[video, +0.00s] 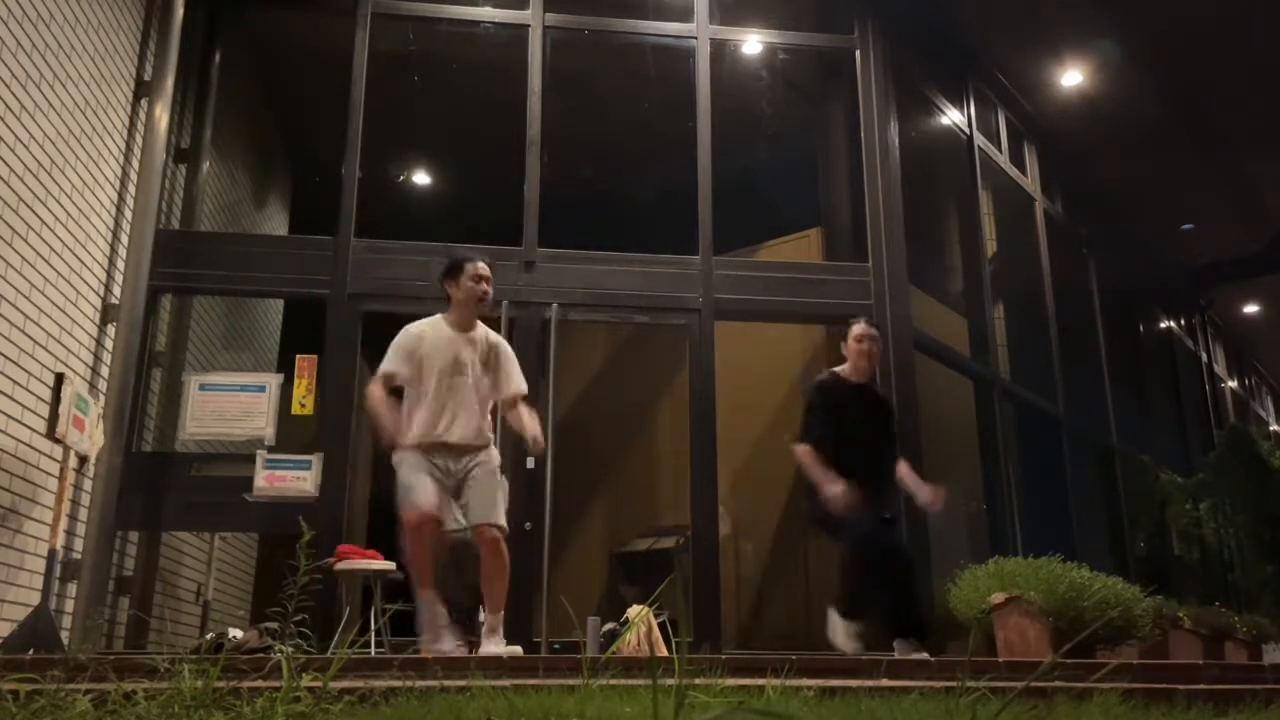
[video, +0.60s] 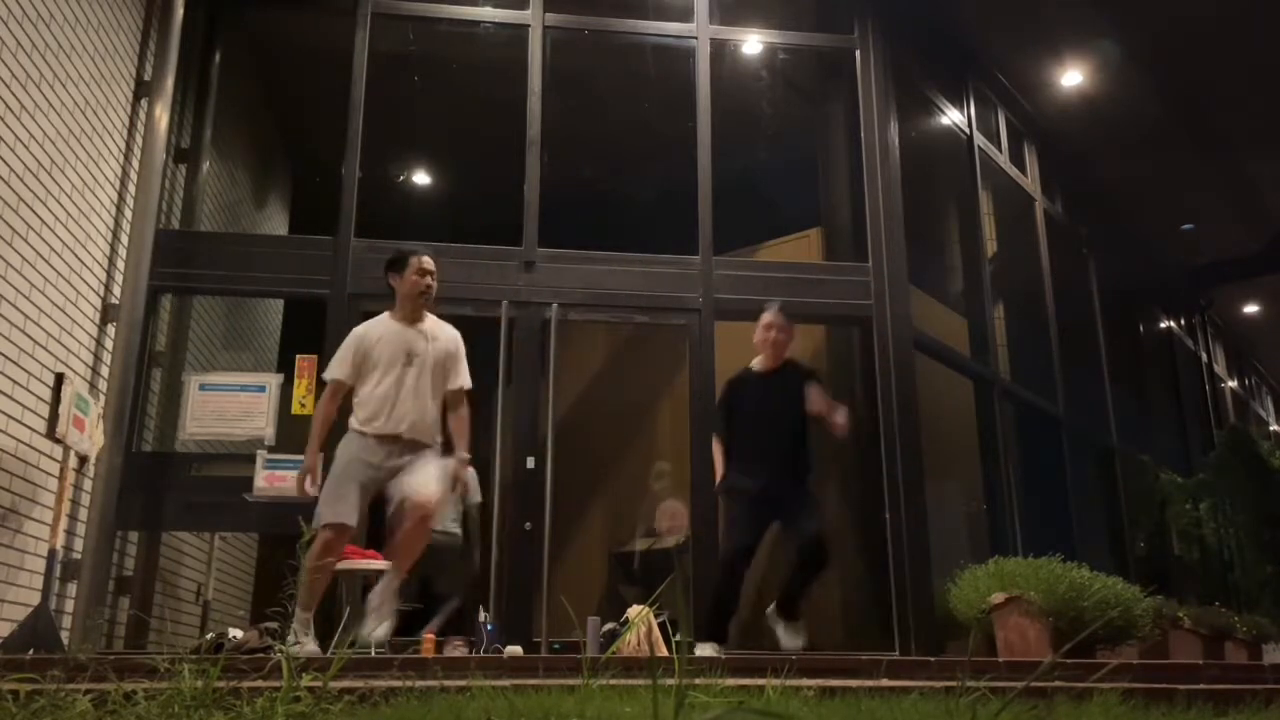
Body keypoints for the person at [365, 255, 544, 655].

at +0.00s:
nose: (486, 288)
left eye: (489, 281)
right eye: (477, 280)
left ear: (491, 291)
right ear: (451, 286)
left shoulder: (496, 345)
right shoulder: (417, 335)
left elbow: (514, 403)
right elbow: (376, 391)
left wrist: (532, 430)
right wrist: (392, 429)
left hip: (478, 455)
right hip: (420, 452)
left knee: (491, 535)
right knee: (419, 517)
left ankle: (493, 632)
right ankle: (432, 619)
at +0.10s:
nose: (476, 276)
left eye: (481, 270)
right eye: (468, 267)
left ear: (483, 277)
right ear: (443, 270)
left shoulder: (488, 327)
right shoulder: (410, 316)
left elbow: (516, 379)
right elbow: (371, 353)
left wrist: (519, 340)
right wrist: (410, 355)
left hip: (467, 441)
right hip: (408, 435)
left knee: (482, 530)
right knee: (382, 503)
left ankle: (492, 631)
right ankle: (382, 604)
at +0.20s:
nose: (464, 262)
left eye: (468, 255)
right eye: (457, 253)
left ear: (470, 262)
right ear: (435, 254)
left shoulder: (473, 308)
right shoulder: (403, 295)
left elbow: (508, 340)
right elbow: (363, 311)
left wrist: (505, 293)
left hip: (448, 422)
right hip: (391, 416)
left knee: (464, 521)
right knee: (363, 511)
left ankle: (476, 626)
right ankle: (323, 617)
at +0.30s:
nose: (452, 256)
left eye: (457, 251)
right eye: (445, 248)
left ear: (459, 257)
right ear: (423, 249)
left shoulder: (461, 303)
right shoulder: (392, 290)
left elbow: (494, 329)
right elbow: (348, 302)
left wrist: (491, 283)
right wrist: (396, 261)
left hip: (434, 419)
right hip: (379, 412)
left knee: (446, 515)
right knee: (347, 513)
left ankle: (424, 626)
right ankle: (316, 620)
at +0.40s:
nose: (442, 260)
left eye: (446, 253)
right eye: (434, 251)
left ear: (449, 260)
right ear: (411, 254)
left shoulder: (455, 307)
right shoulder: (382, 296)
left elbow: (479, 349)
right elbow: (338, 327)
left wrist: (483, 313)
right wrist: (367, 296)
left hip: (426, 424)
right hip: (373, 415)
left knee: (411, 517)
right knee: (340, 513)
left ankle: (367, 619)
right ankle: (306, 616)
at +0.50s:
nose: (430, 274)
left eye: (434, 269)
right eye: (422, 267)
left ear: (438, 277)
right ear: (398, 272)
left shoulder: (448, 325)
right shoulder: (371, 319)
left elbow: (466, 368)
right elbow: (334, 355)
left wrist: (463, 403)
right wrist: (337, 393)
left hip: (417, 441)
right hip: (364, 432)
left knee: (394, 534)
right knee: (338, 530)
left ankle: (347, 627)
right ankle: (303, 624)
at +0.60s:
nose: (430, 281)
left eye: (434, 275)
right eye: (422, 273)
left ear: (436, 285)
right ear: (395, 279)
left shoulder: (448, 338)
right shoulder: (366, 334)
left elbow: (457, 403)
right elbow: (332, 395)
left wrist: (461, 454)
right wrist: (313, 451)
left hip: (420, 452)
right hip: (363, 445)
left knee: (424, 505)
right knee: (334, 532)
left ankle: (383, 597)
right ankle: (301, 626)